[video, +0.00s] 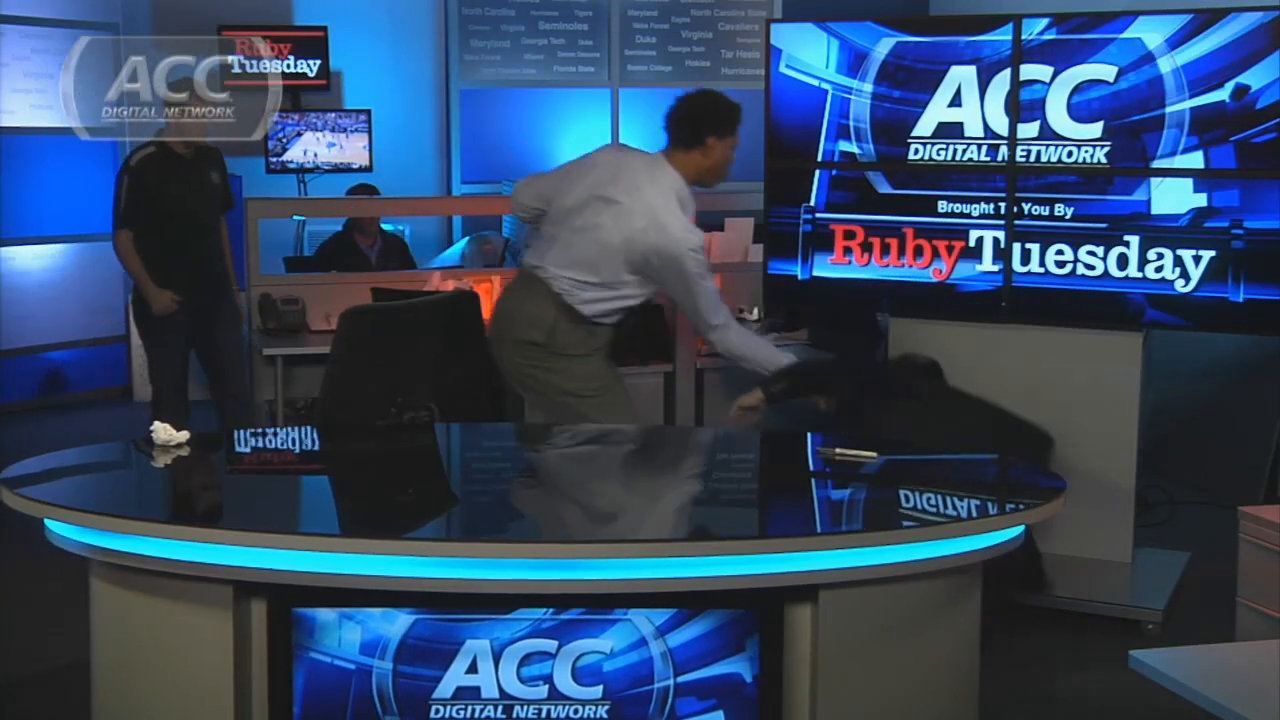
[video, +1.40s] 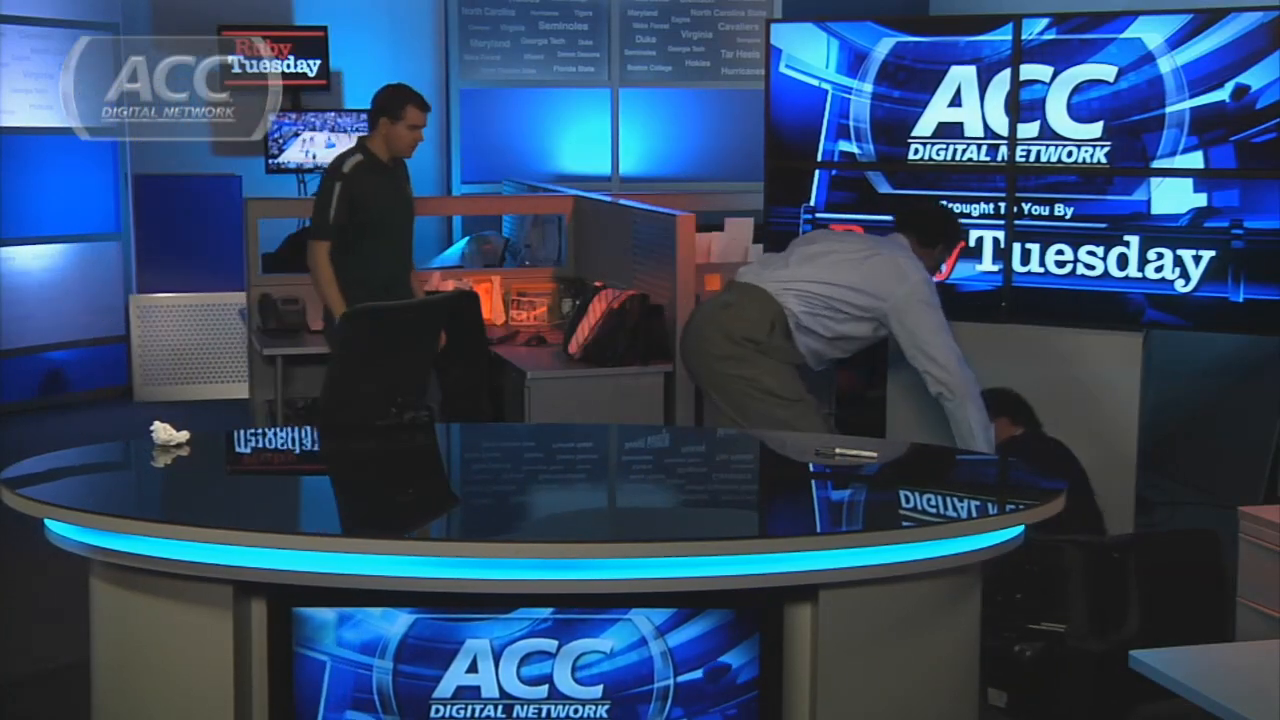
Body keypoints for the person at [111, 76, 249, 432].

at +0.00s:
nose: (202, 121)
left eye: (204, 112)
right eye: (194, 112)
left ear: (208, 115)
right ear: (174, 115)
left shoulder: (212, 159)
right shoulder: (140, 164)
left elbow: (219, 226)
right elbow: (123, 239)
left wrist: (232, 286)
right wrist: (151, 291)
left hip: (213, 294)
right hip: (163, 299)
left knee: (232, 390)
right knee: (170, 397)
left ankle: (242, 470)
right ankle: (173, 480)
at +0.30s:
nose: (250, 132)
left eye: (254, 123)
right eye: (243, 122)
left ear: (258, 121)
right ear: (218, 117)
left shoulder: (247, 164)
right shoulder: (180, 168)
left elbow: (250, 231)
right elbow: (161, 240)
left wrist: (258, 282)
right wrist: (195, 294)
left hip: (245, 300)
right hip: (196, 305)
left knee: (263, 397)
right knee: (190, 403)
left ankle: (261, 474)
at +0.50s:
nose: (290, 131)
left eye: (293, 123)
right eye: (283, 122)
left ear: (289, 125)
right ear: (259, 120)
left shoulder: (279, 165)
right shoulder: (217, 165)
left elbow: (276, 236)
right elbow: (191, 239)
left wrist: (285, 293)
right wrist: (225, 296)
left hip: (276, 304)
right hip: (231, 306)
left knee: (280, 396)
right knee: (230, 398)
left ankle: (276, 474)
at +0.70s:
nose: (318, 132)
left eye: (321, 124)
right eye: (311, 123)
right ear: (285, 120)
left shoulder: (307, 168)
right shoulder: (243, 164)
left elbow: (308, 239)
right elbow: (213, 238)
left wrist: (316, 292)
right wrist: (230, 303)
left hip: (300, 299)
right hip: (258, 302)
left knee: (301, 397)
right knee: (280, 399)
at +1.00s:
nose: (361, 141)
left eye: (363, 133)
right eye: (354, 132)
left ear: (331, 131)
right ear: (326, 129)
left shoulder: (344, 177)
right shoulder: (284, 175)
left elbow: (346, 250)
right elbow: (252, 246)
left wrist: (367, 307)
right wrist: (251, 319)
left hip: (335, 309)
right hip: (294, 310)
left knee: (335, 403)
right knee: (308, 404)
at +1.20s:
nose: (392, 140)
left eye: (393, 132)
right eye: (384, 132)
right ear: (357, 130)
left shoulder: (374, 172)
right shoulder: (314, 176)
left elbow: (377, 250)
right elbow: (286, 254)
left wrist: (394, 309)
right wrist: (295, 328)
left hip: (370, 319)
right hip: (326, 321)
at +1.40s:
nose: (420, 138)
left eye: (421, 129)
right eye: (413, 128)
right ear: (385, 126)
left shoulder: (399, 169)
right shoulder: (343, 172)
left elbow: (399, 250)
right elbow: (317, 253)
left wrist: (424, 310)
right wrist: (344, 319)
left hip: (396, 317)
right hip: (357, 323)